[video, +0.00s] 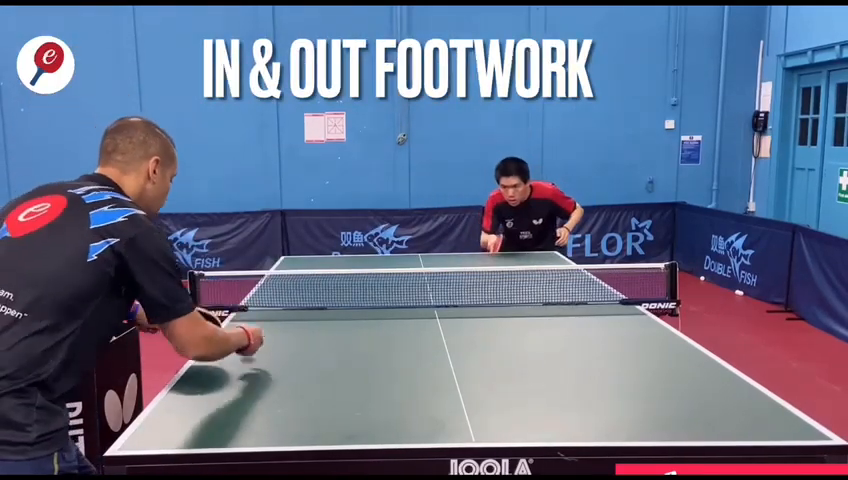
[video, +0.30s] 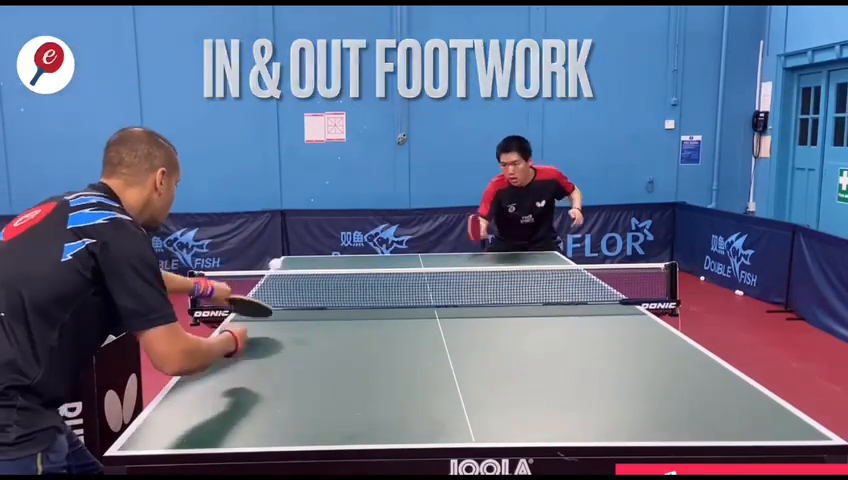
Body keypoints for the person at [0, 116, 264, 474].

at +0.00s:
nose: (166, 198)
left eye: (171, 184)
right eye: (170, 182)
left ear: (106, 160)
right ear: (152, 170)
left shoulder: (35, 199)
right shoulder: (133, 227)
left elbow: (54, 299)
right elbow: (196, 343)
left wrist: (138, 315)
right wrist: (239, 337)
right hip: (23, 432)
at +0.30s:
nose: (171, 203)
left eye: (176, 190)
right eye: (175, 189)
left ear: (111, 172)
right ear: (159, 181)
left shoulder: (65, 207)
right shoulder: (119, 232)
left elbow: (127, 275)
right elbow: (173, 356)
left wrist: (201, 287)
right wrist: (226, 341)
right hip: (14, 418)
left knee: (88, 469)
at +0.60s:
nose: (141, 156)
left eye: (143, 143)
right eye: (142, 143)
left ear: (70, 136)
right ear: (125, 141)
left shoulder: (18, 187)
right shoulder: (92, 219)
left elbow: (54, 283)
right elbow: (135, 351)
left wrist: (147, 295)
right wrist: (194, 344)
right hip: (26, 442)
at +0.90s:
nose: (120, 141)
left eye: (122, 127)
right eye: (120, 126)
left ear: (44, 122)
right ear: (102, 123)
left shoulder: (8, 173)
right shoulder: (77, 199)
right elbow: (107, 349)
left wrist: (99, 315)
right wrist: (158, 362)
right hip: (16, 438)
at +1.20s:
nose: (158, 182)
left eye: (160, 167)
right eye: (157, 164)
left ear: (127, 153)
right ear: (128, 152)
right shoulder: (59, 209)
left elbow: (116, 302)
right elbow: (25, 346)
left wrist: (218, 319)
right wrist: (96, 378)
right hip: (11, 441)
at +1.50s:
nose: (96, 116)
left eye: (94, 101)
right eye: (90, 99)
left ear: (56, 100)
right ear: (56, 99)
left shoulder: (30, 178)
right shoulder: (7, 184)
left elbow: (71, 255)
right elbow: (3, 336)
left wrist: (174, 268)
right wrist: (59, 356)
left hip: (14, 408)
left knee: (45, 469)